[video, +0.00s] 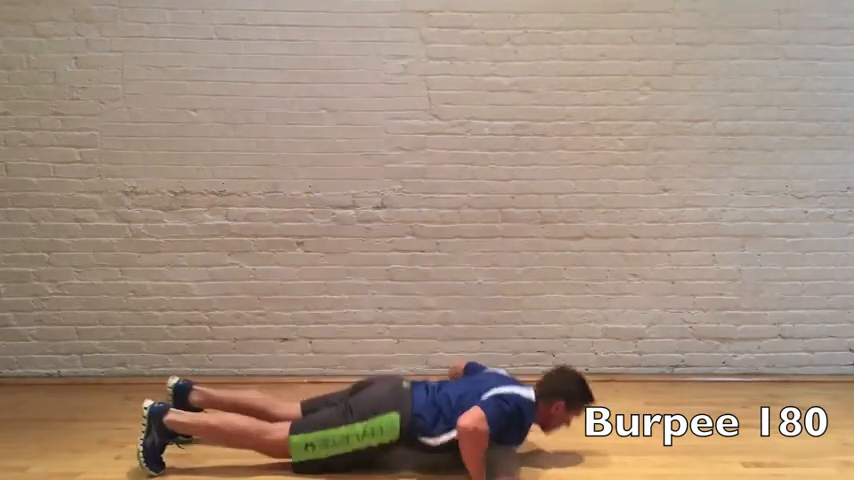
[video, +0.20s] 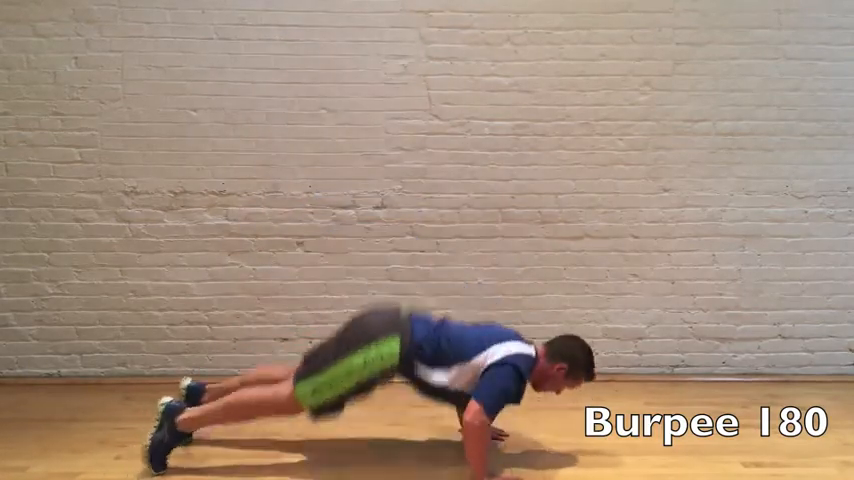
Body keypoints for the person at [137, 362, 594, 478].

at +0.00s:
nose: (567, 424)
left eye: (571, 418)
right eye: (570, 416)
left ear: (548, 389)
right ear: (556, 405)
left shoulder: (508, 383)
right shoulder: (520, 409)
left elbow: (459, 369)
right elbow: (471, 428)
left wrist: (461, 415)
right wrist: (480, 479)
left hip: (393, 388)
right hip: (393, 415)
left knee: (289, 417)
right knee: (278, 444)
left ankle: (193, 395)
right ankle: (167, 421)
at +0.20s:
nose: (563, 392)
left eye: (569, 386)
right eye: (568, 384)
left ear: (554, 357)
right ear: (557, 369)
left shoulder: (515, 346)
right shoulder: (512, 368)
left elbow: (470, 400)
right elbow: (475, 422)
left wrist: (484, 438)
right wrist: (483, 474)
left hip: (393, 326)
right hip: (389, 342)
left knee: (297, 376)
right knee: (292, 398)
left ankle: (200, 394)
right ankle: (182, 422)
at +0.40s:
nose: (513, 369)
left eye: (521, 366)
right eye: (520, 363)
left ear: (515, 340)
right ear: (515, 346)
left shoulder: (488, 324)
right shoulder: (485, 338)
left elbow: (463, 383)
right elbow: (477, 413)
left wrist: (476, 427)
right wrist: (484, 474)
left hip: (381, 248)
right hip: (375, 257)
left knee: (378, 351)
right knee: (387, 373)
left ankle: (321, 409)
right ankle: (308, 410)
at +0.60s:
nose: (536, 269)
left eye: (539, 260)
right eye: (535, 257)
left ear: (514, 249)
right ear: (517, 249)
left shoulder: (485, 259)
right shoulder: (484, 275)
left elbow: (486, 343)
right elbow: (491, 359)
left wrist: (497, 390)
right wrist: (513, 429)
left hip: (365, 278)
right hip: (352, 286)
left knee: (436, 339)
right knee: (426, 369)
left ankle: (402, 427)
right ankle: (389, 448)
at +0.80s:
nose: (519, 145)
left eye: (518, 136)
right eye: (517, 136)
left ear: (483, 135)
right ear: (502, 138)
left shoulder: (460, 161)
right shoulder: (476, 179)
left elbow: (453, 246)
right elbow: (459, 257)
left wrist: (490, 260)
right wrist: (495, 268)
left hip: (374, 255)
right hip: (377, 262)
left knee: (430, 350)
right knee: (442, 363)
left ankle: (397, 426)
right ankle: (373, 446)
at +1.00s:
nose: (455, 20)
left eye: (447, 14)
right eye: (465, 15)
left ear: (431, 15)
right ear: (470, 20)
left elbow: (359, 110)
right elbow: (496, 147)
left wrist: (406, 120)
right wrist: (455, 130)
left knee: (395, 299)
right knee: (439, 306)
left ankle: (395, 396)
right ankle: (411, 402)